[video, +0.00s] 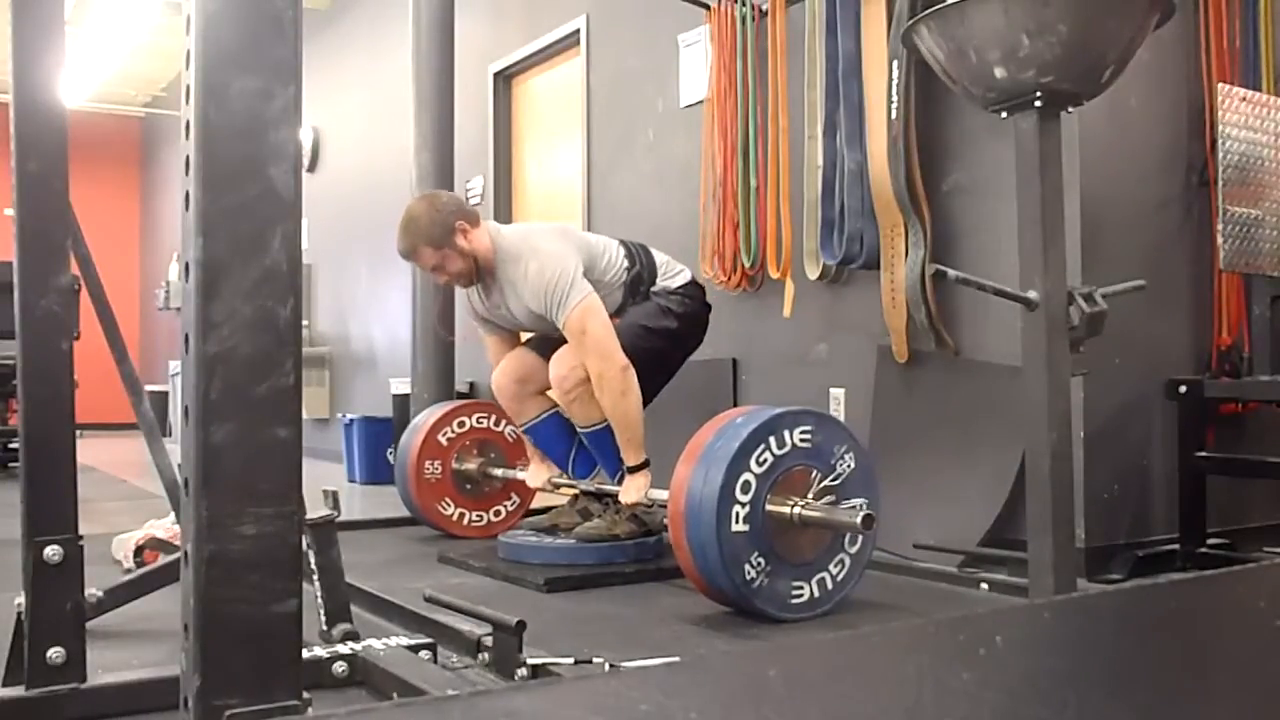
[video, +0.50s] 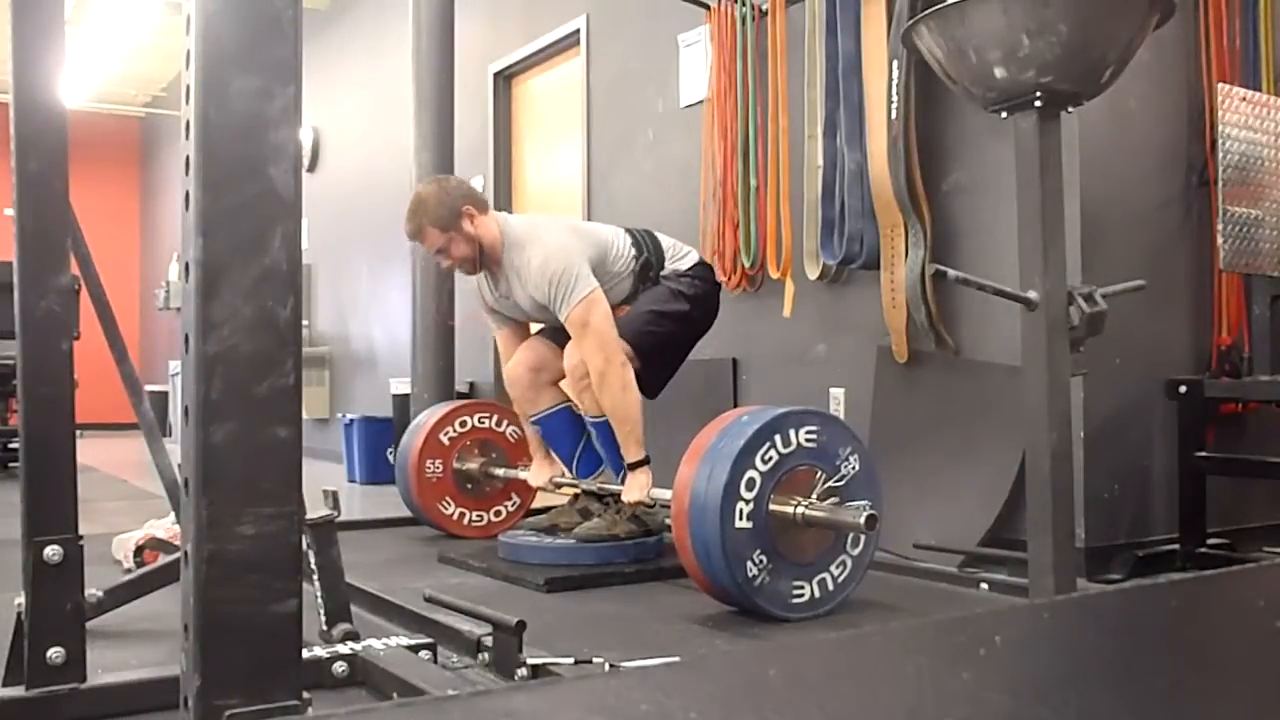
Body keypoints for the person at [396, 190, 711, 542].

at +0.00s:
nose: (441, 280)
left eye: (441, 265)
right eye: (431, 273)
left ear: (464, 232)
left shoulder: (540, 262)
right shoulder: (476, 290)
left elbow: (610, 367)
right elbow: (509, 379)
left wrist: (635, 470)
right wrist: (539, 458)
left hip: (668, 297)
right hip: (605, 310)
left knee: (571, 374)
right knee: (511, 382)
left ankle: (629, 494)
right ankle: (591, 490)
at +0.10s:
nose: (438, 278)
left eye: (439, 263)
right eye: (429, 270)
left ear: (463, 230)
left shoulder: (539, 260)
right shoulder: (476, 288)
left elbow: (606, 367)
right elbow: (511, 379)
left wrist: (635, 470)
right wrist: (539, 458)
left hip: (669, 294)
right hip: (606, 308)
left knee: (570, 374)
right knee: (513, 381)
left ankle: (629, 494)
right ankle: (590, 492)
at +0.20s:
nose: (438, 276)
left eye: (438, 261)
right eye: (429, 268)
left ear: (462, 228)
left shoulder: (537, 257)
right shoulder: (479, 287)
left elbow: (600, 365)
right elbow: (514, 378)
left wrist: (635, 469)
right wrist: (540, 459)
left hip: (670, 289)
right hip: (607, 302)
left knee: (570, 372)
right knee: (515, 376)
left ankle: (628, 493)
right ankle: (590, 493)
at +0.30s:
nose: (439, 272)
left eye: (439, 258)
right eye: (429, 265)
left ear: (463, 226)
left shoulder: (540, 257)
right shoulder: (481, 284)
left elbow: (601, 364)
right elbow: (515, 375)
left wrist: (636, 469)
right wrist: (539, 457)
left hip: (672, 286)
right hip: (610, 299)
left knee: (573, 371)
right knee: (519, 376)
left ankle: (627, 493)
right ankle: (592, 493)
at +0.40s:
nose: (443, 269)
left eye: (442, 255)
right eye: (433, 262)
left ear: (466, 224)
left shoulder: (543, 257)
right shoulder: (485, 281)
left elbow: (604, 363)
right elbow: (517, 374)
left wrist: (636, 468)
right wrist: (540, 457)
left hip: (675, 282)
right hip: (613, 296)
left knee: (579, 368)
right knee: (522, 375)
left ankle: (627, 496)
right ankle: (593, 495)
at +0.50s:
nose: (444, 264)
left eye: (444, 250)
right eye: (436, 257)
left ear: (470, 218)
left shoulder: (548, 255)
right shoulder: (490, 279)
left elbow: (608, 361)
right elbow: (519, 372)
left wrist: (637, 468)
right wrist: (540, 456)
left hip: (678, 279)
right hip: (616, 294)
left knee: (584, 368)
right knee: (524, 374)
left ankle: (633, 493)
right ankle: (596, 491)